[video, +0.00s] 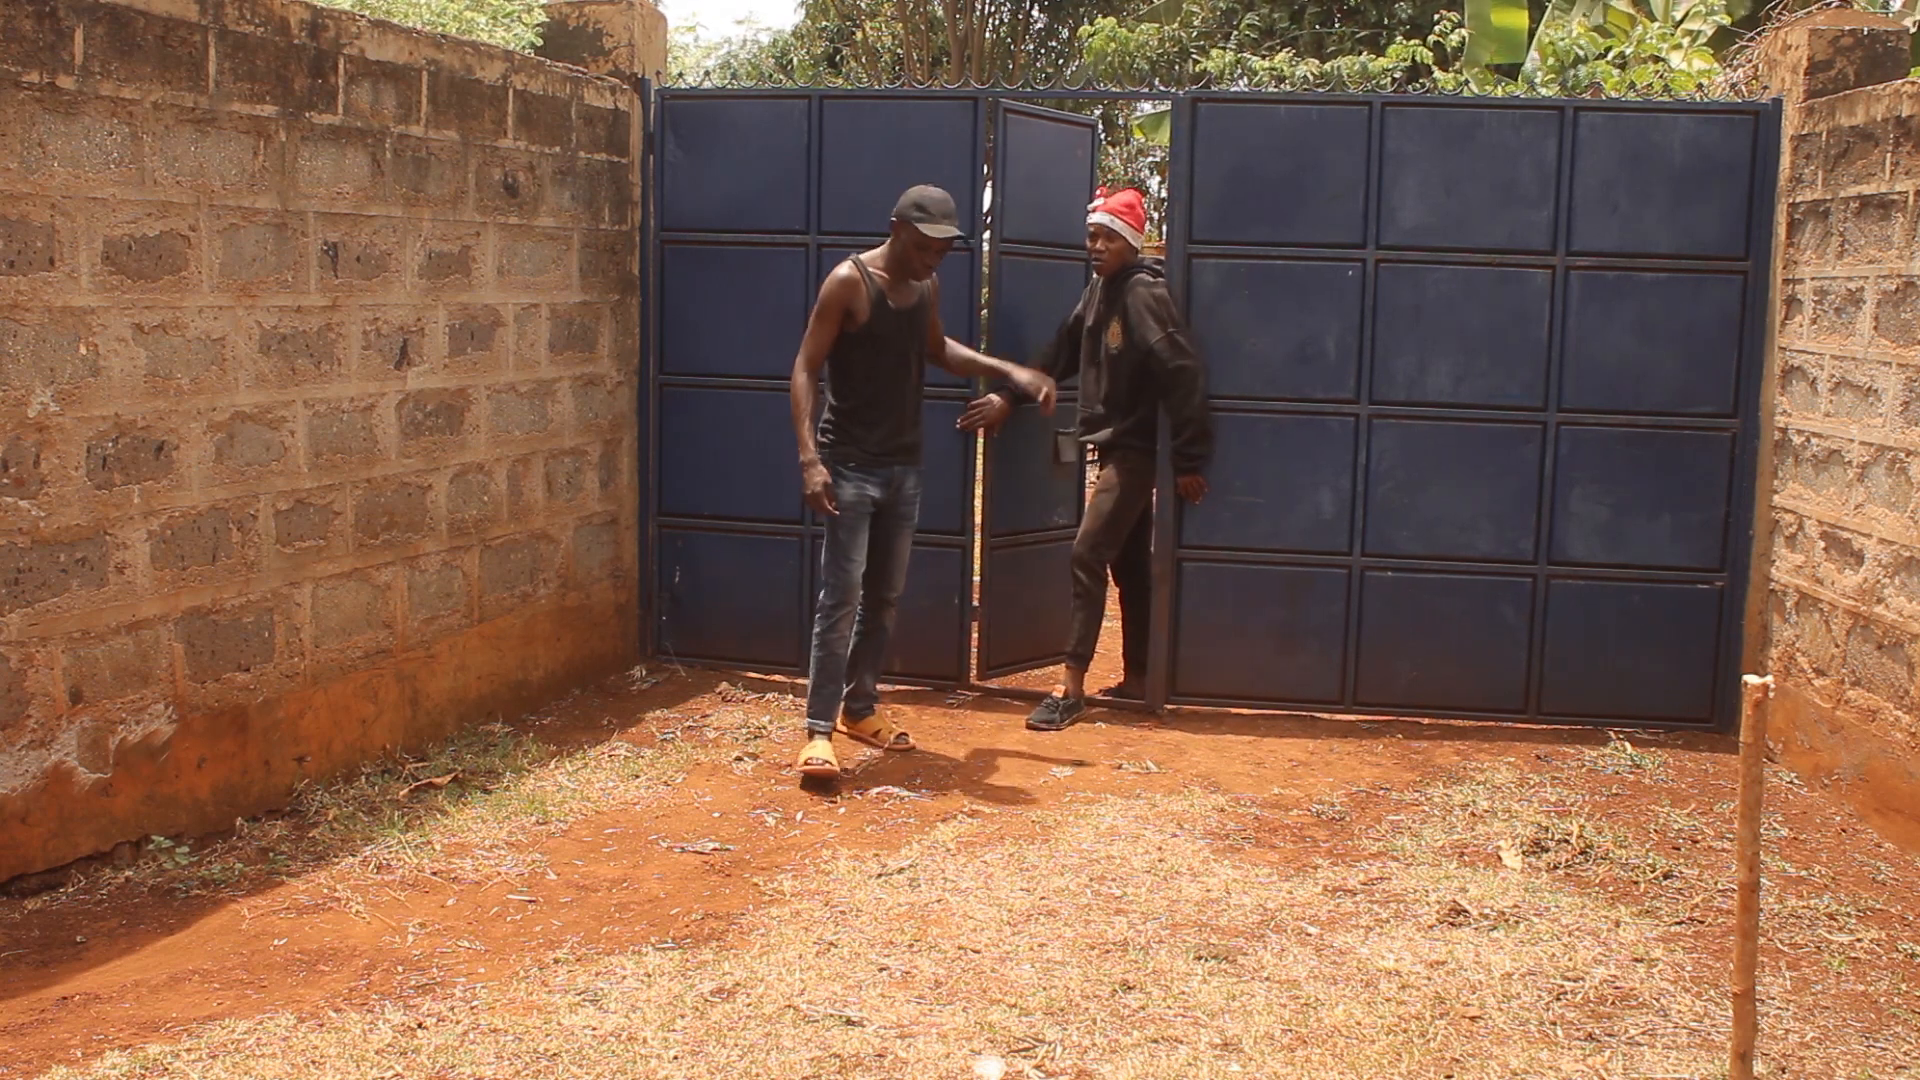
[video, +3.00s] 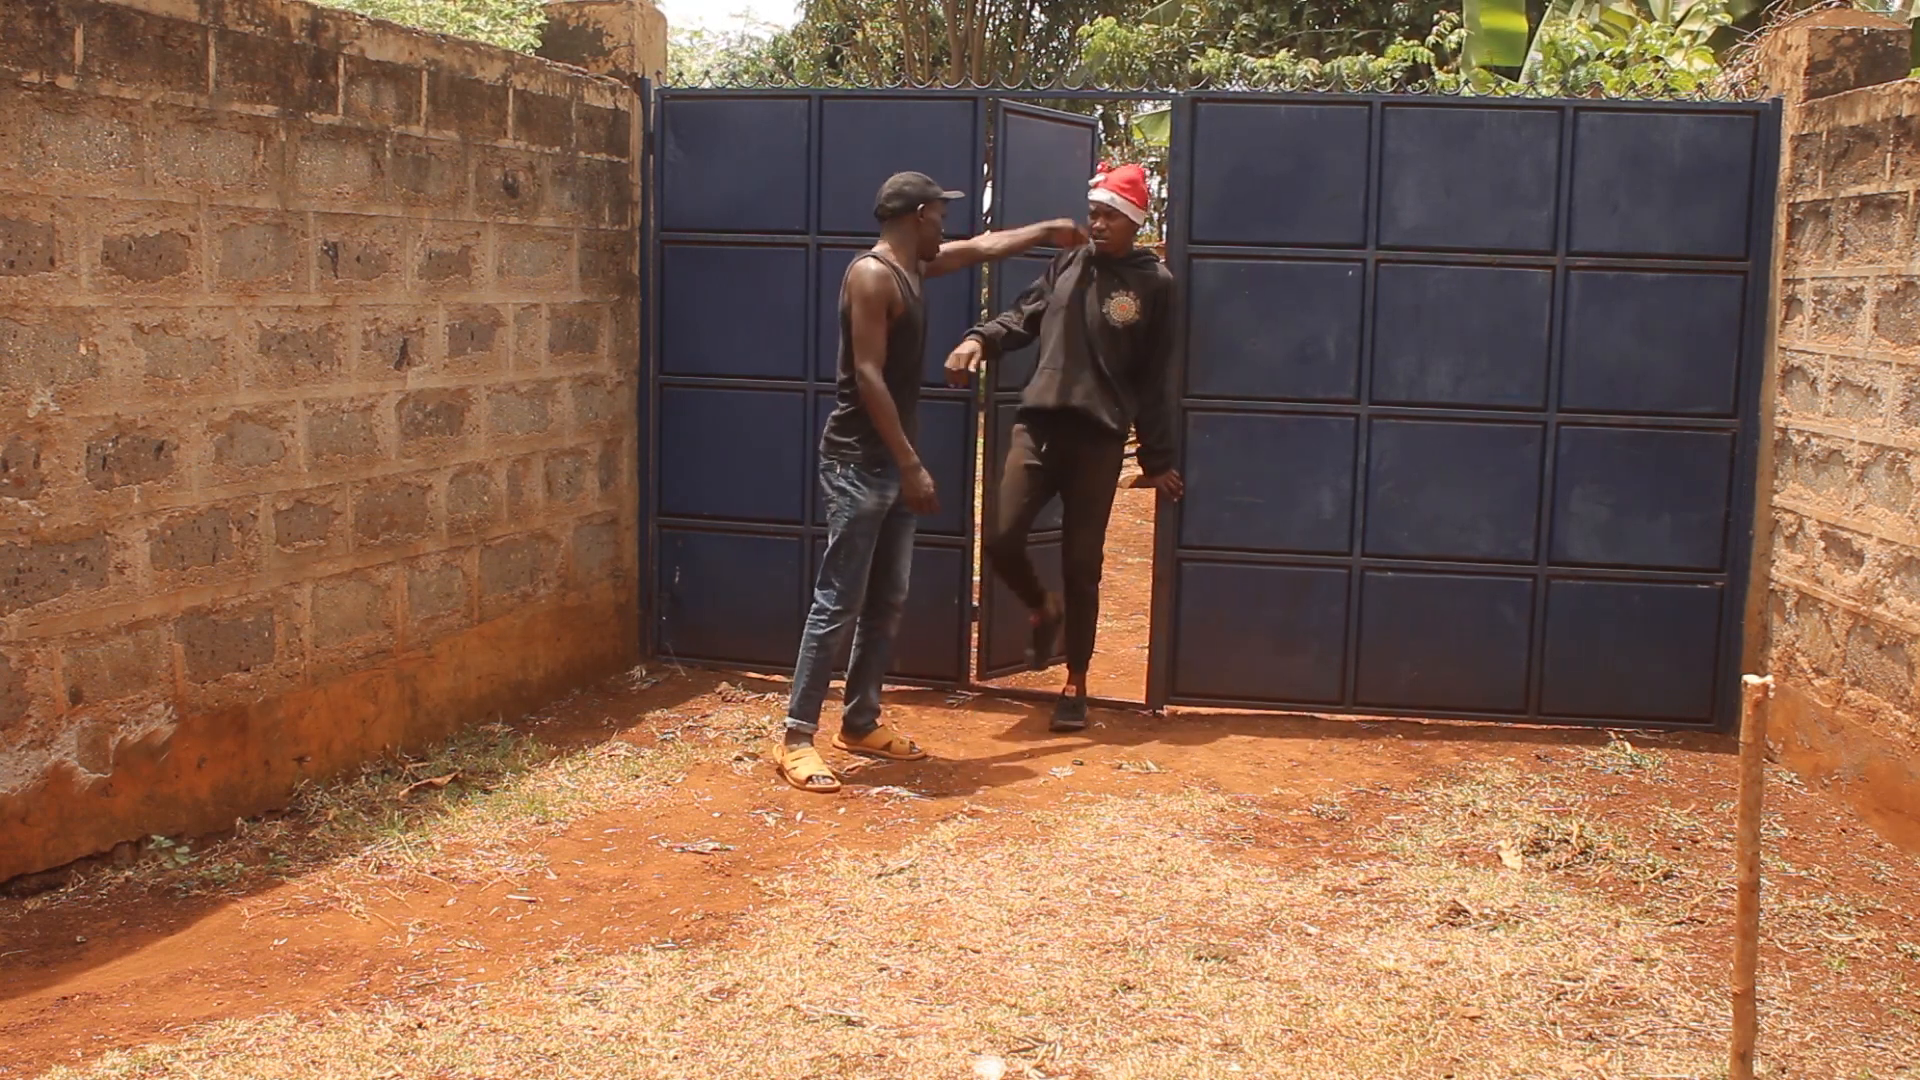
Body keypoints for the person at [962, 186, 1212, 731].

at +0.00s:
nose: (1096, 243)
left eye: (1107, 235)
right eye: (1091, 233)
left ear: (1134, 241)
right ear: (1088, 238)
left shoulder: (1144, 292)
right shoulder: (1097, 293)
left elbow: (1183, 372)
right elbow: (1057, 357)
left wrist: (1188, 461)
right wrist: (1007, 397)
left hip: (1132, 452)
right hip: (1105, 450)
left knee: (1086, 557)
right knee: (1132, 567)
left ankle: (1071, 690)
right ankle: (1140, 676)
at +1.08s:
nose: (1088, 223)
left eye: (1102, 216)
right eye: (1086, 212)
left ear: (1128, 230)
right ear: (1079, 218)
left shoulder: (1148, 291)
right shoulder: (1062, 269)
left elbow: (1181, 376)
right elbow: (1036, 341)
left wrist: (1172, 455)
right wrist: (997, 395)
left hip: (1110, 451)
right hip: (1054, 444)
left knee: (1081, 569)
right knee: (1043, 565)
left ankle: (1074, 693)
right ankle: (1099, 648)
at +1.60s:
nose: (1093, 208)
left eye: (1105, 199)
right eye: (1088, 198)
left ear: (1133, 207)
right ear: (1082, 204)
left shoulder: (1157, 280)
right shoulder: (1058, 256)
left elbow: (1168, 374)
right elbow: (1007, 305)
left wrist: (1166, 456)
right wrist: (1005, 318)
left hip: (1100, 441)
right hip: (1036, 430)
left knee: (1085, 565)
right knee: (1008, 555)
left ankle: (1076, 688)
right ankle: (1021, 671)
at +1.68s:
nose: (1088, 209)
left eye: (1099, 199)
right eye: (1082, 200)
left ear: (1128, 204)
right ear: (1075, 205)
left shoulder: (1153, 277)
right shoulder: (1051, 258)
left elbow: (1166, 370)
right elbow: (993, 313)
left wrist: (1166, 454)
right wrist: (1004, 259)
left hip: (1099, 440)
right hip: (1034, 431)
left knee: (1086, 567)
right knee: (1015, 559)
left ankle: (1076, 688)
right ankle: (1001, 685)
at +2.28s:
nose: (1075, 210)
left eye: (1088, 201)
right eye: (1068, 199)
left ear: (1110, 209)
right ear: (1058, 203)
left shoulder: (1125, 281)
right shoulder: (1028, 254)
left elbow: (1145, 375)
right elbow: (976, 325)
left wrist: (1163, 454)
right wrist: (1022, 327)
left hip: (1080, 444)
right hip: (1013, 438)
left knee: (1074, 567)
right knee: (1004, 567)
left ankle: (1075, 690)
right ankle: (993, 692)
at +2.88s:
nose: (1088, 223)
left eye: (1101, 215)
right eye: (1084, 212)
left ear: (1129, 220)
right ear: (1077, 212)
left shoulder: (1149, 285)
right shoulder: (1054, 257)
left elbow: (1153, 378)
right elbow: (1003, 308)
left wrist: (1160, 459)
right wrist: (1002, 355)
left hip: (1087, 439)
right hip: (1022, 425)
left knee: (1075, 567)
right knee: (996, 555)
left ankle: (1074, 687)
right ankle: (997, 679)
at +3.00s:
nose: (1097, 222)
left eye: (1110, 214)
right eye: (1093, 211)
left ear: (1138, 221)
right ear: (1088, 213)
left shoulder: (1156, 283)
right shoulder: (1067, 263)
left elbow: (1159, 377)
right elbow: (1024, 314)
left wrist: (1159, 458)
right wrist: (979, 338)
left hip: (1098, 435)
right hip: (1038, 425)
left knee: (1081, 564)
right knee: (1000, 540)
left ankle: (1075, 686)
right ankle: (1043, 608)